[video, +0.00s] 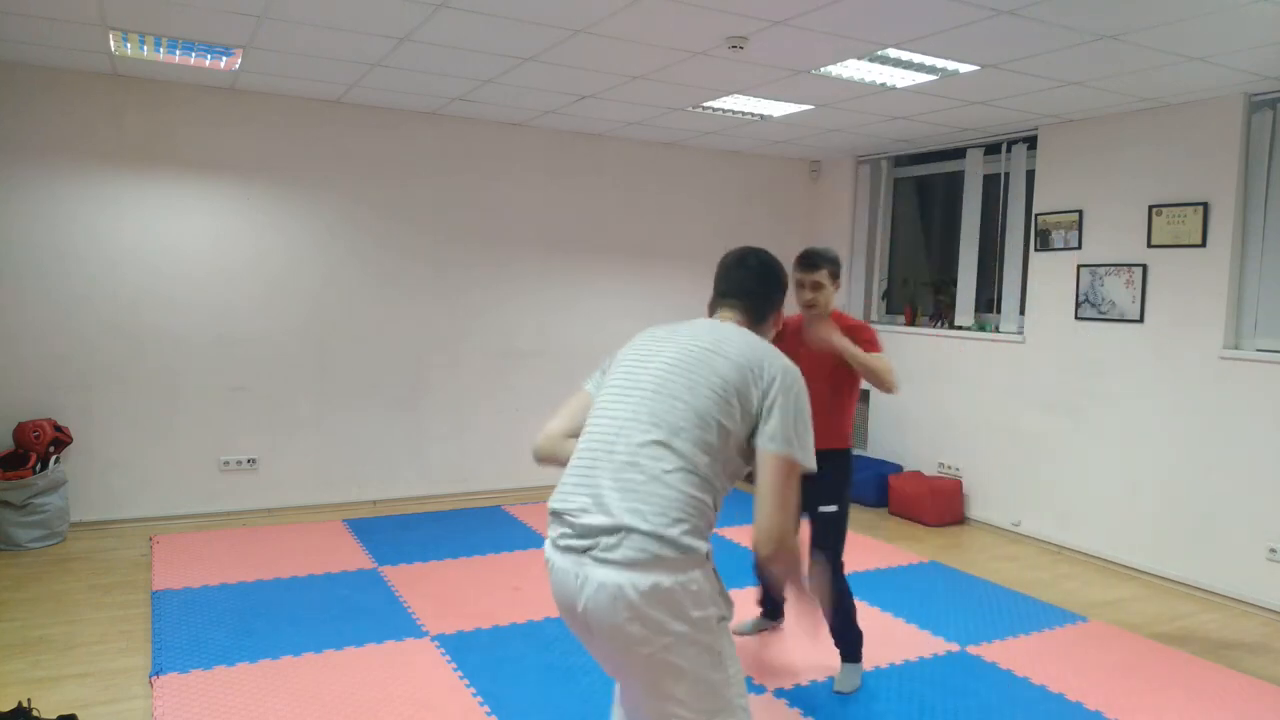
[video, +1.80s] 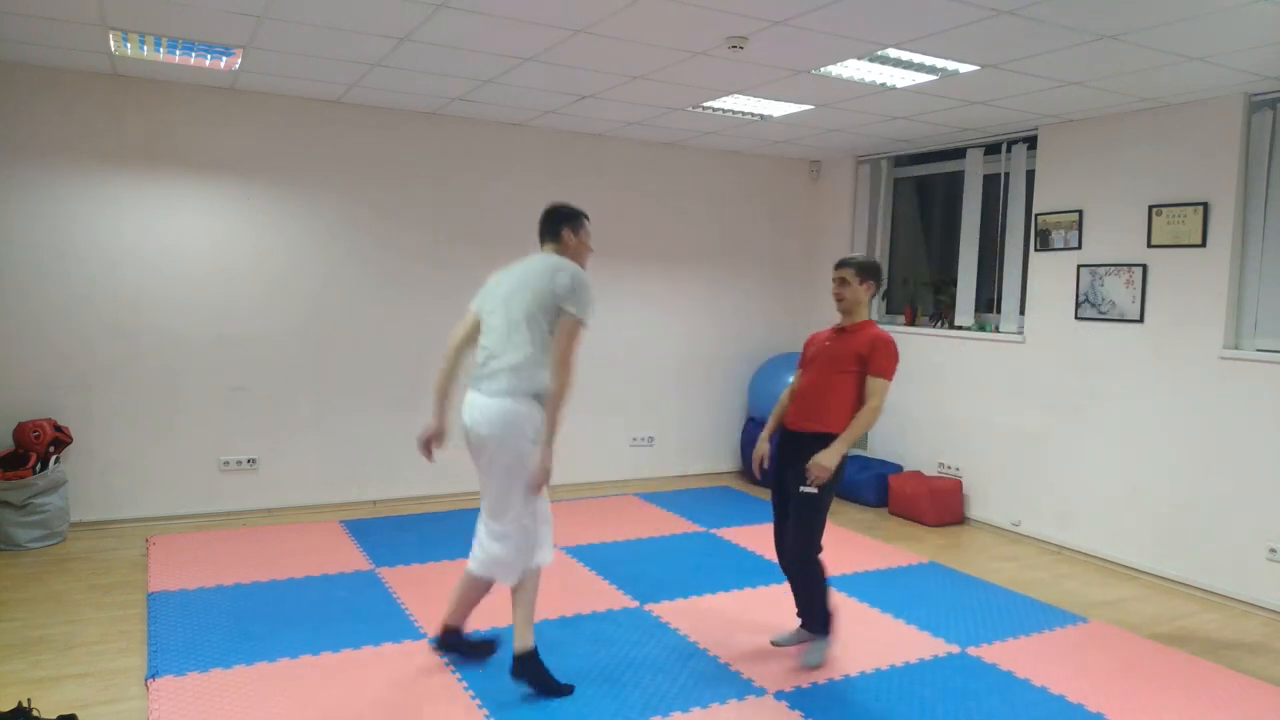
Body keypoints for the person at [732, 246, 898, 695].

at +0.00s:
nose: (809, 294)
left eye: (818, 286)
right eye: (802, 286)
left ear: (836, 287)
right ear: (792, 287)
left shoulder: (854, 331)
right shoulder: (779, 330)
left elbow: (887, 382)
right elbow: (750, 376)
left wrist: (841, 344)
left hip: (830, 455)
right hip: (781, 450)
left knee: (825, 560)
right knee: (770, 538)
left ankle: (851, 655)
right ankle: (770, 613)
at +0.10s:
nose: (795, 309)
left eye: (804, 301)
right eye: (788, 300)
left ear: (819, 303)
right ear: (777, 298)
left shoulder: (835, 339)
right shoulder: (768, 342)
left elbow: (843, 369)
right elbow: (746, 390)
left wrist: (825, 314)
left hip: (816, 466)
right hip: (770, 463)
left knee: (812, 572)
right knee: (751, 545)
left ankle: (848, 656)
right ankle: (767, 610)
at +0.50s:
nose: (768, 287)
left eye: (777, 280)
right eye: (761, 278)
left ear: (793, 284)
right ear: (751, 281)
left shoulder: (809, 330)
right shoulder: (734, 330)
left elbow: (808, 392)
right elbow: (726, 392)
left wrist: (760, 351)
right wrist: (723, 432)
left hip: (793, 455)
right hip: (749, 455)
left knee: (783, 561)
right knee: (750, 546)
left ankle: (772, 663)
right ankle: (767, 610)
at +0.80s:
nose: (770, 285)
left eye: (780, 278)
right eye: (763, 275)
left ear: (797, 284)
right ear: (754, 276)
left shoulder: (812, 337)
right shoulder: (731, 330)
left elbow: (831, 405)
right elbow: (708, 393)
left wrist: (768, 400)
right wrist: (737, 433)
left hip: (785, 462)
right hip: (739, 459)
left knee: (770, 571)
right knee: (729, 551)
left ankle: (763, 674)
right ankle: (757, 603)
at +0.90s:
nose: (770, 283)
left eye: (781, 276)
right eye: (764, 273)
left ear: (798, 282)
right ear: (755, 273)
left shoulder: (813, 336)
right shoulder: (734, 327)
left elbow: (836, 405)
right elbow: (713, 388)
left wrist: (785, 440)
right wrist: (724, 438)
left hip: (783, 465)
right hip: (737, 460)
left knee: (770, 570)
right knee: (725, 552)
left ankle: (761, 674)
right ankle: (759, 605)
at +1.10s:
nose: (779, 281)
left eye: (790, 274)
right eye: (773, 271)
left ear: (807, 280)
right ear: (763, 271)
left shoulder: (819, 336)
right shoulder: (742, 325)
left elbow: (837, 407)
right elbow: (720, 388)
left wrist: (854, 472)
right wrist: (702, 446)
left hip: (787, 463)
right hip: (742, 457)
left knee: (772, 573)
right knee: (728, 555)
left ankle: (761, 675)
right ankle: (780, 595)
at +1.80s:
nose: (835, 289)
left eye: (843, 283)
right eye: (834, 283)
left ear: (868, 288)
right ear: (834, 287)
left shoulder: (878, 342)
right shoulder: (817, 338)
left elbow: (873, 408)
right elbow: (793, 389)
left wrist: (833, 453)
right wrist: (765, 436)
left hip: (824, 449)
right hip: (788, 442)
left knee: (802, 546)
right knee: (785, 545)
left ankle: (820, 629)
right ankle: (809, 623)